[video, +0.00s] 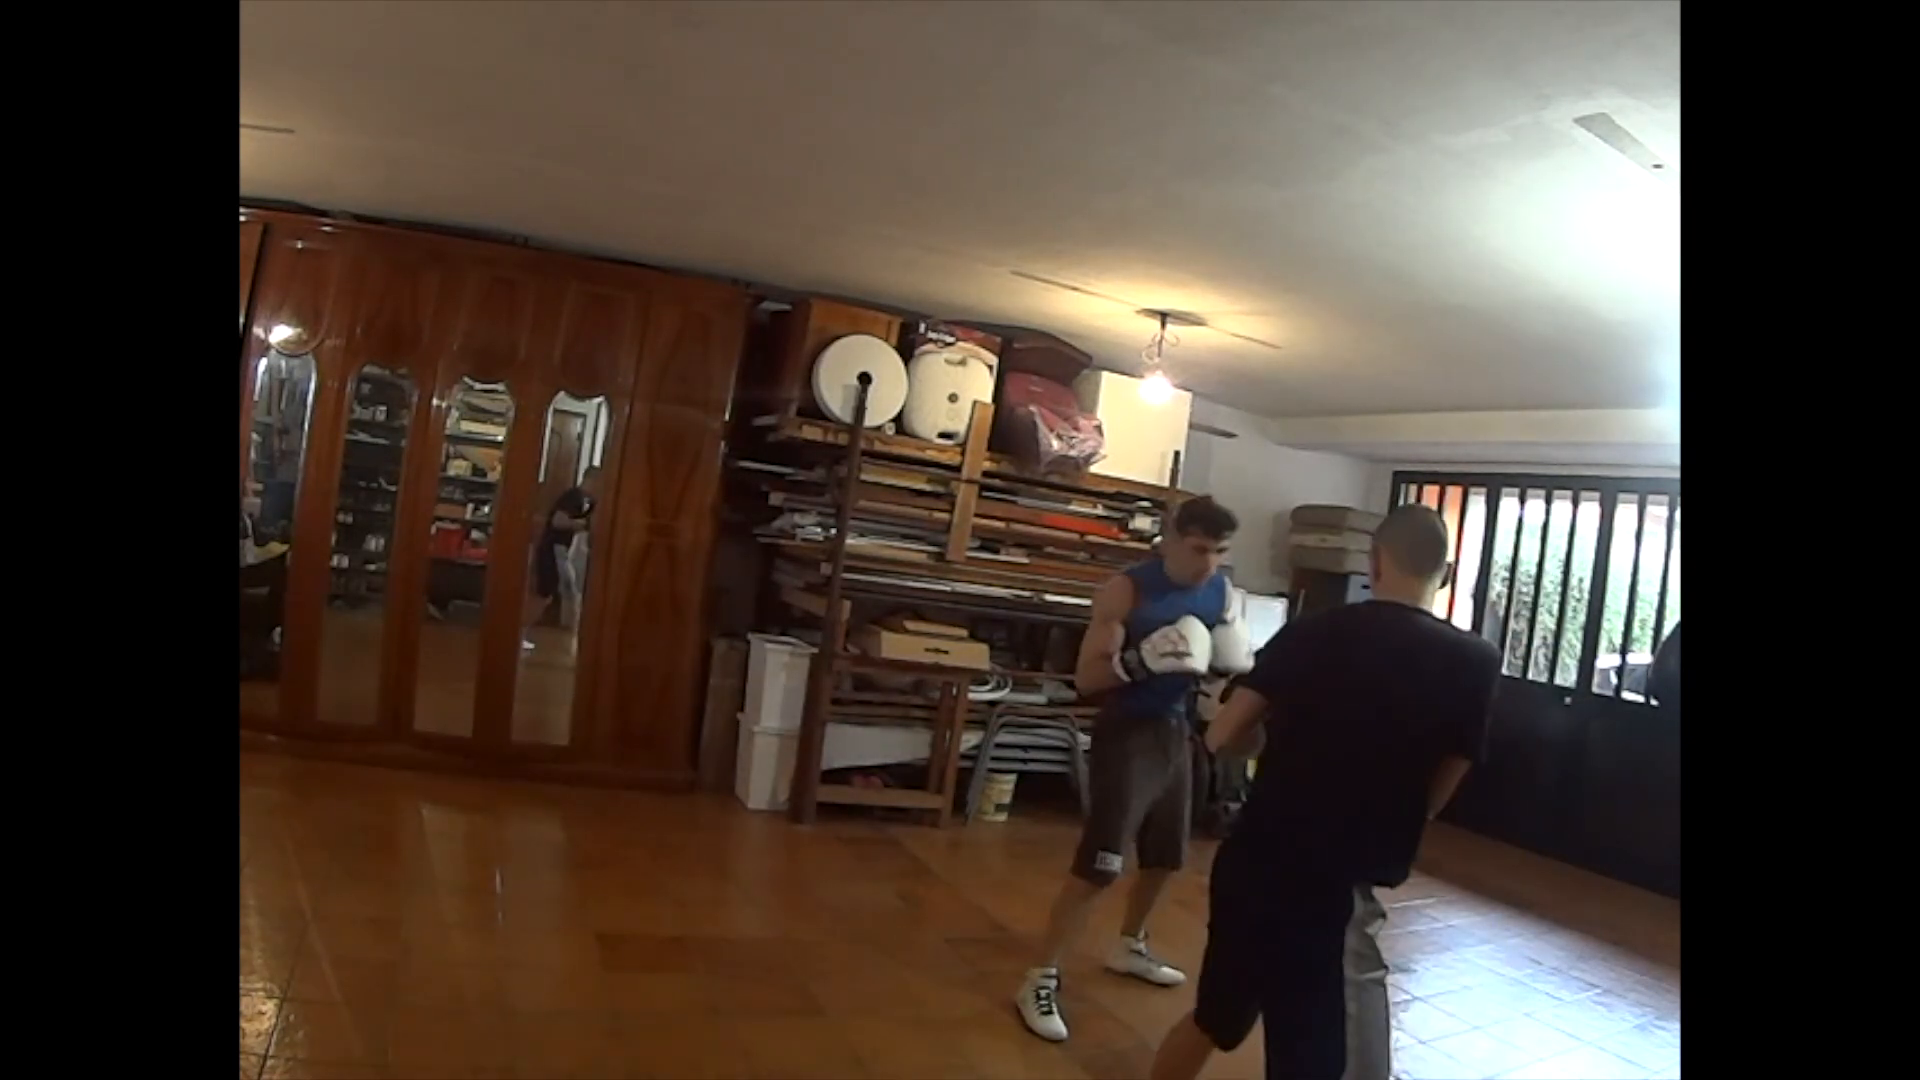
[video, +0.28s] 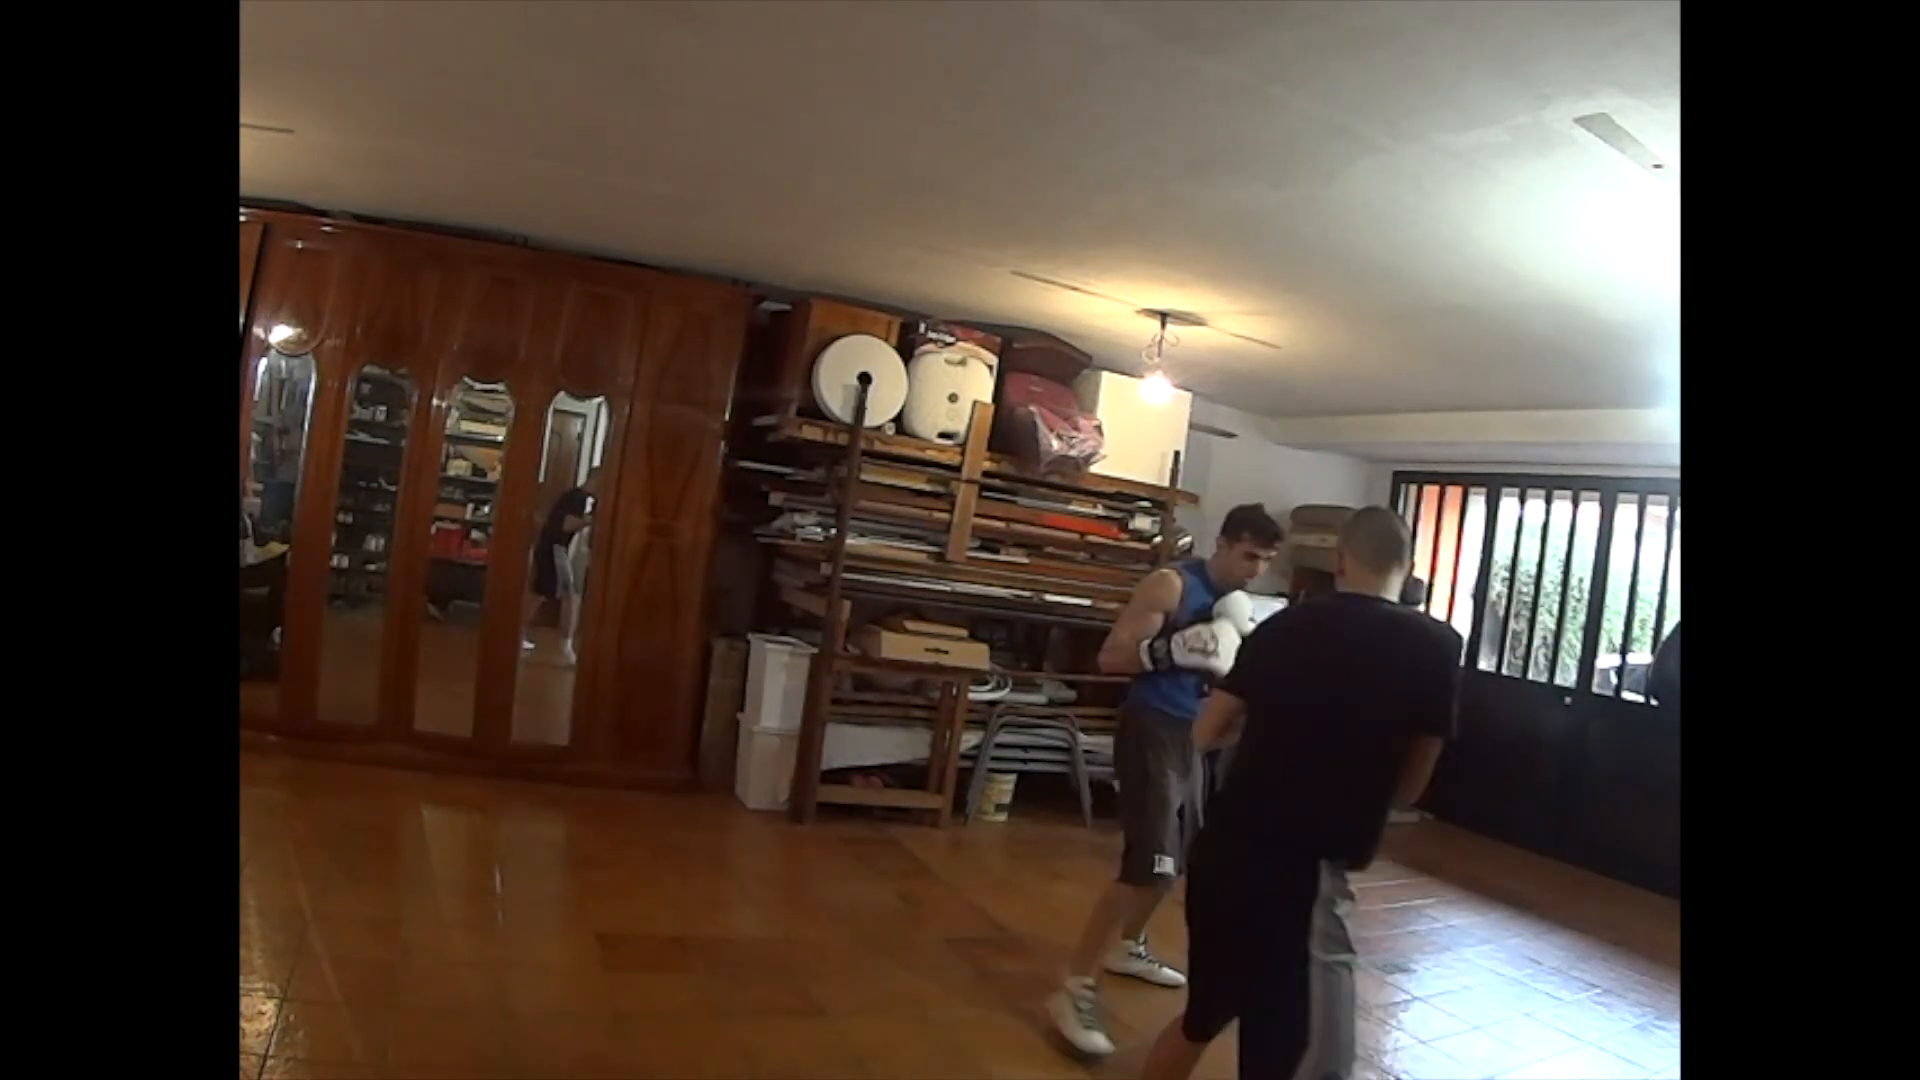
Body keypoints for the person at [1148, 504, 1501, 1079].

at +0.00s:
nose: (1371, 568)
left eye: (1372, 559)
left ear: (1377, 562)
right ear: (1444, 572)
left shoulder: (1318, 627)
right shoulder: (1474, 662)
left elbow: (1221, 737)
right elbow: (1434, 797)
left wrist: (1272, 727)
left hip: (1257, 858)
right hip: (1347, 888)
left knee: (1209, 1021)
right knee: (1315, 1064)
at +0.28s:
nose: (1331, 564)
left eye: (1334, 555)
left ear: (1340, 559)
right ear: (1406, 569)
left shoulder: (1288, 625)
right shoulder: (1434, 645)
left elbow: (1206, 731)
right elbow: (1410, 789)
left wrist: (1265, 713)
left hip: (1231, 845)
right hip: (1319, 868)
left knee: (1205, 1011)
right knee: (1277, 1046)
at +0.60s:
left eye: (1346, 556)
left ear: (1348, 560)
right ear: (1419, 571)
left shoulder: (1285, 627)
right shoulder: (1437, 660)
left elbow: (1194, 727)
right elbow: (1403, 799)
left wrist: (1264, 732)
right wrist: (1340, 769)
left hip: (1211, 858)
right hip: (1294, 892)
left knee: (1195, 1021)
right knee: (1267, 1061)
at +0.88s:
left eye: (1375, 555)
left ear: (1373, 561)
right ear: (1446, 582)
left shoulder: (1306, 625)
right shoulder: (1457, 673)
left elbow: (1191, 705)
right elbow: (1415, 822)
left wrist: (1252, 684)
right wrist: (1366, 754)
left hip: (1212, 870)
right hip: (1298, 909)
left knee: (1190, 1030)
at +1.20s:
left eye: (1369, 588)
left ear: (1369, 593)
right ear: (1443, 613)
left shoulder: (1301, 662)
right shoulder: (1463, 697)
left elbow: (1197, 774)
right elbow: (1427, 850)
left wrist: (1274, 772)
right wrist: (1372, 796)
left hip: (1215, 913)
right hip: (1310, 945)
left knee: (1207, 1059)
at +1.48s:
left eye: (1380, 577)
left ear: (1379, 582)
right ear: (1454, 605)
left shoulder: (1306, 655)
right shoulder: (1469, 696)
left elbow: (1197, 765)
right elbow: (1430, 849)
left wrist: (1268, 757)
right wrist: (1362, 802)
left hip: (1219, 907)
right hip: (1314, 946)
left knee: (1203, 1060)